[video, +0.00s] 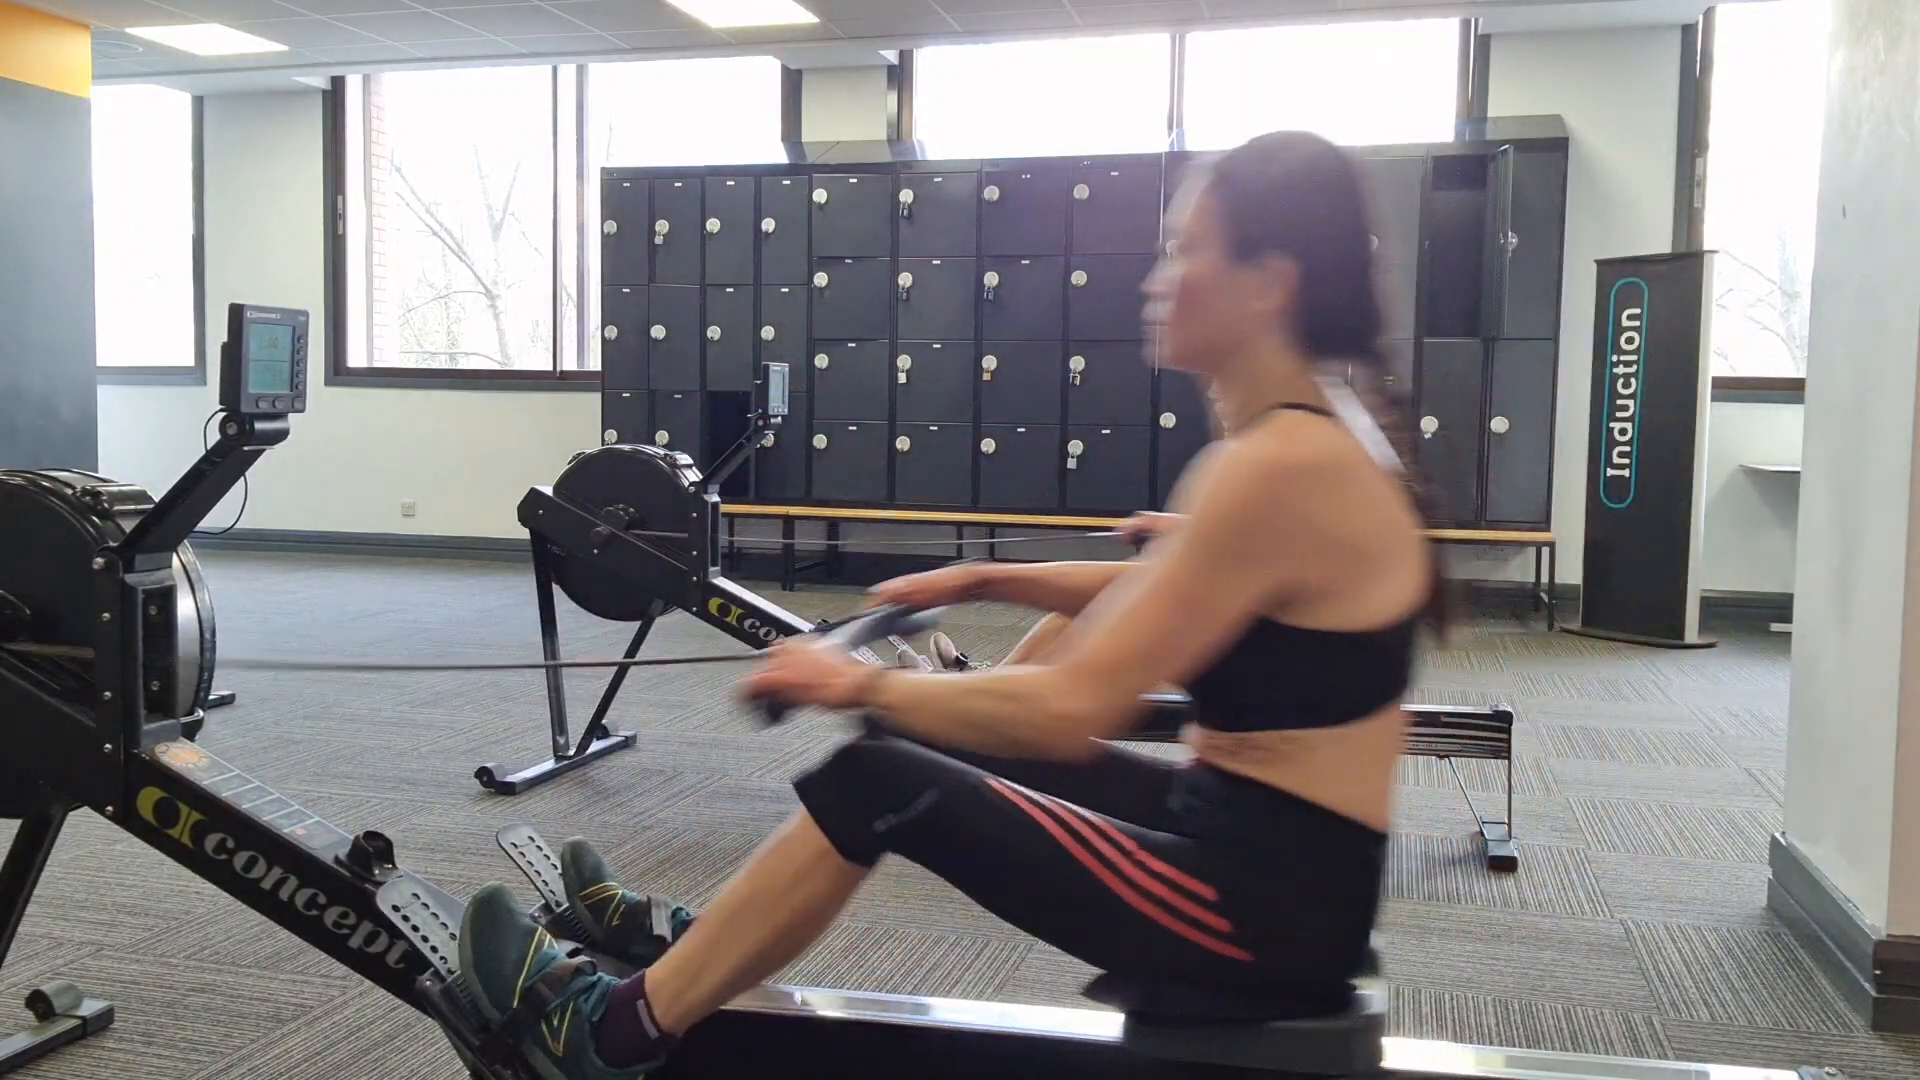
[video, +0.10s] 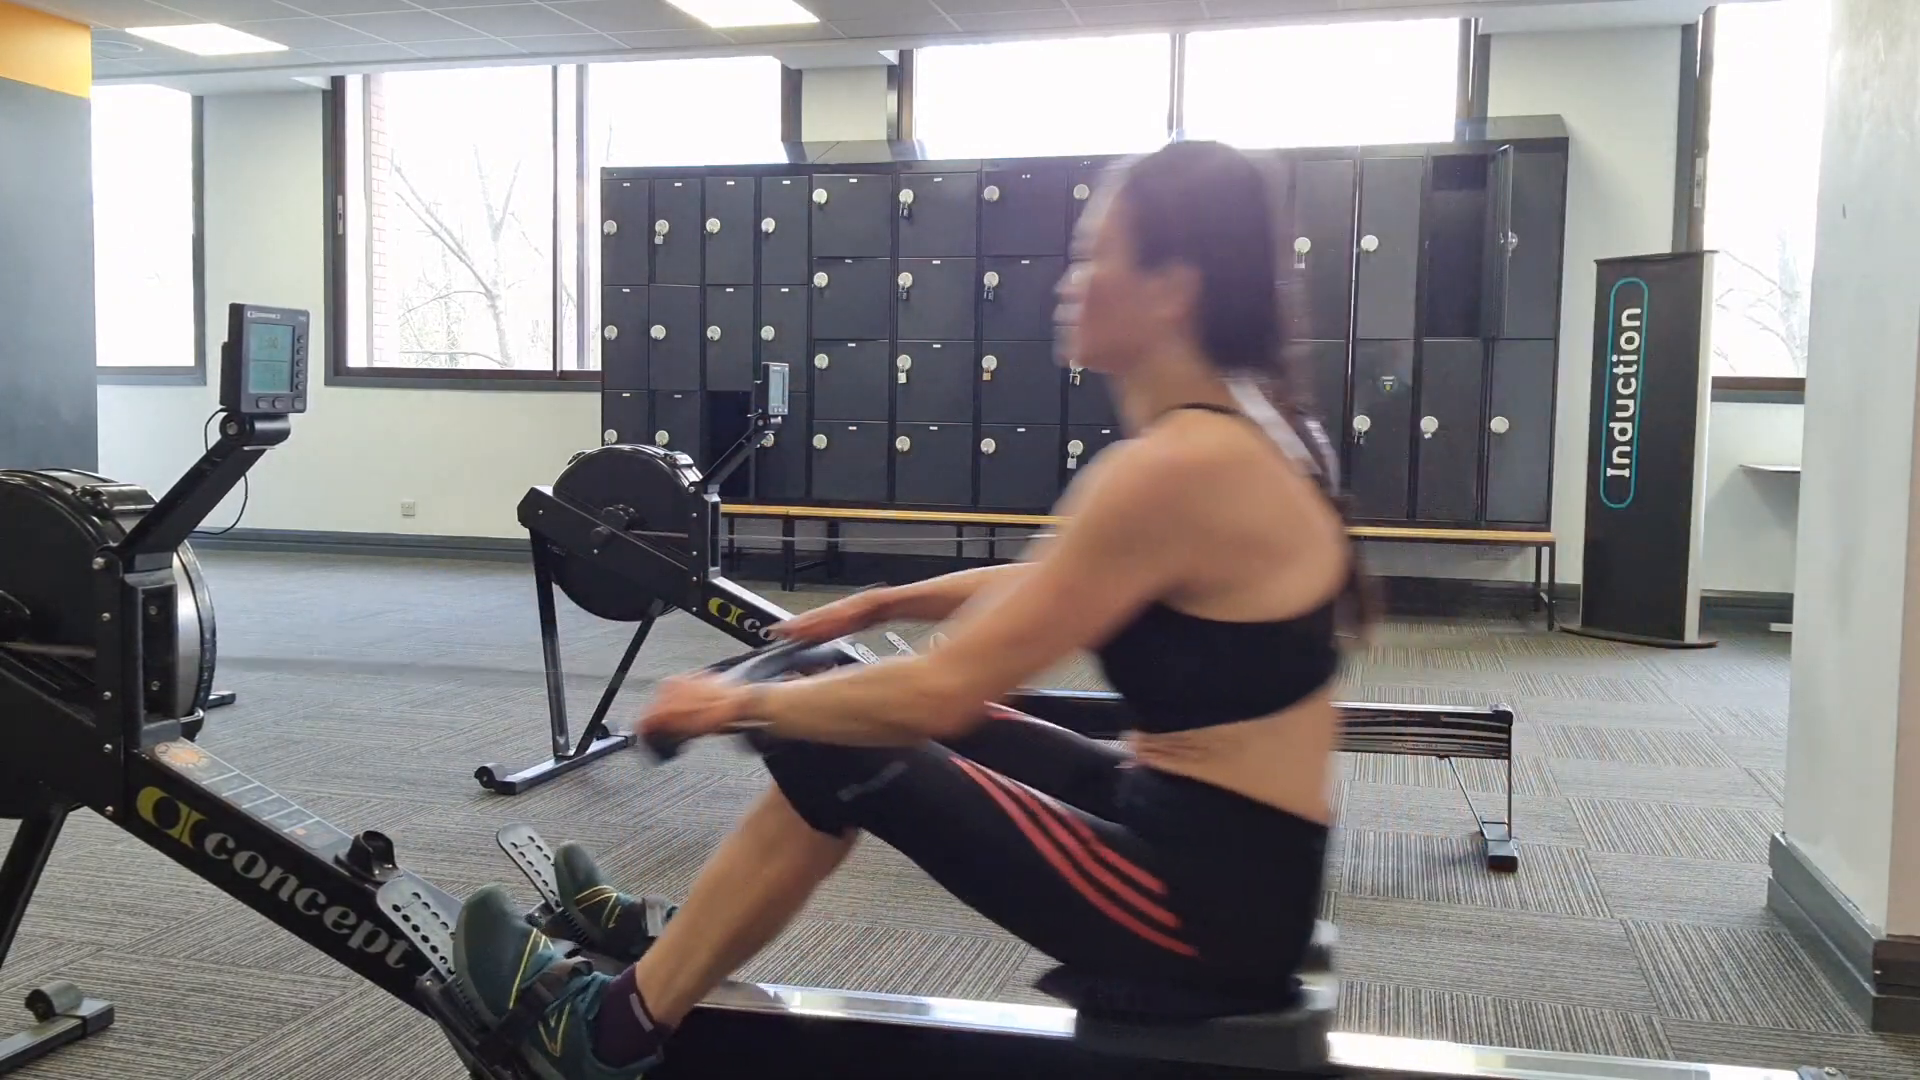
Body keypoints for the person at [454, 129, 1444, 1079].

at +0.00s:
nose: (1155, 283)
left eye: (1182, 255)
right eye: (1164, 254)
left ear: (1272, 280)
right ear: (1265, 283)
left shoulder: (1277, 469)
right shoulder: (1284, 443)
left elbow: (1066, 713)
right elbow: (1172, 586)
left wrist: (857, 680)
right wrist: (992, 577)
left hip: (1266, 901)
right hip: (1257, 845)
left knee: (881, 781)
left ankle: (636, 1025)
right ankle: (695, 961)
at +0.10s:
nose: (1065, 285)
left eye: (1091, 261)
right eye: (1076, 258)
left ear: (1179, 288)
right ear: (1177, 293)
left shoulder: (1171, 472)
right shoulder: (1241, 439)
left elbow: (934, 698)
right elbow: (1071, 581)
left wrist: (737, 701)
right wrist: (879, 609)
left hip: (1198, 905)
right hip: (1221, 840)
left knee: (849, 753)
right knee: (871, 703)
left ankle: (630, 1019)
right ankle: (673, 953)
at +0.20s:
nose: (980, 285)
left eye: (1004, 261)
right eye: (990, 259)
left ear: (1083, 298)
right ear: (1084, 300)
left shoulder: (1072, 476)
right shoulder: (1142, 439)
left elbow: (811, 677)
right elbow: (959, 598)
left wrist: (627, 725)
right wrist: (808, 626)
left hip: (1141, 907)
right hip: (1160, 850)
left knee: (808, 725)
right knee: (828, 671)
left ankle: (623, 1013)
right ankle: (682, 947)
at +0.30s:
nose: (899, 298)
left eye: (922, 276)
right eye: (909, 273)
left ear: (996, 308)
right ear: (998, 311)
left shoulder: (982, 479)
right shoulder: (1068, 449)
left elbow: (725, 665)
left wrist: (535, 753)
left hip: (1078, 898)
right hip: (1129, 867)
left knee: (754, 706)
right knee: (816, 658)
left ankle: (612, 1015)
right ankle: (692, 939)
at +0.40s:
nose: (819, 315)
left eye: (839, 289)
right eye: (828, 288)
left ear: (910, 318)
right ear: (919, 321)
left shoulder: (901, 480)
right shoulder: (998, 451)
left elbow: (621, 663)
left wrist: (442, 763)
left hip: (1020, 903)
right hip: (1086, 870)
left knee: (714, 690)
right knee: (775, 650)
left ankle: (611, 1010)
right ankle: (692, 942)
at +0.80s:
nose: (728, 326)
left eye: (746, 304)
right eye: (737, 301)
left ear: (817, 331)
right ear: (844, 339)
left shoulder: (798, 479)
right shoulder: (923, 458)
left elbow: (513, 585)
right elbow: (713, 557)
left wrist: (301, 643)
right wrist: (617, 597)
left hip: (960, 890)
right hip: (1040, 876)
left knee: (679, 659)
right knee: (745, 651)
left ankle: (612, 1000)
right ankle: (683, 937)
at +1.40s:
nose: (1408, 297)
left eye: (1441, 269)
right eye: (1415, 266)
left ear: (1543, 297)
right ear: (1518, 297)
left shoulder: (1500, 476)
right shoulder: (1477, 457)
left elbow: (1187, 617)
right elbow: (1231, 572)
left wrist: (943, 654)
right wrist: (1025, 568)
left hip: (1353, 900)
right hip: (1329, 829)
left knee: (960, 846)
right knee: (966, 808)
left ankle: (600, 1033)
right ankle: (679, 949)